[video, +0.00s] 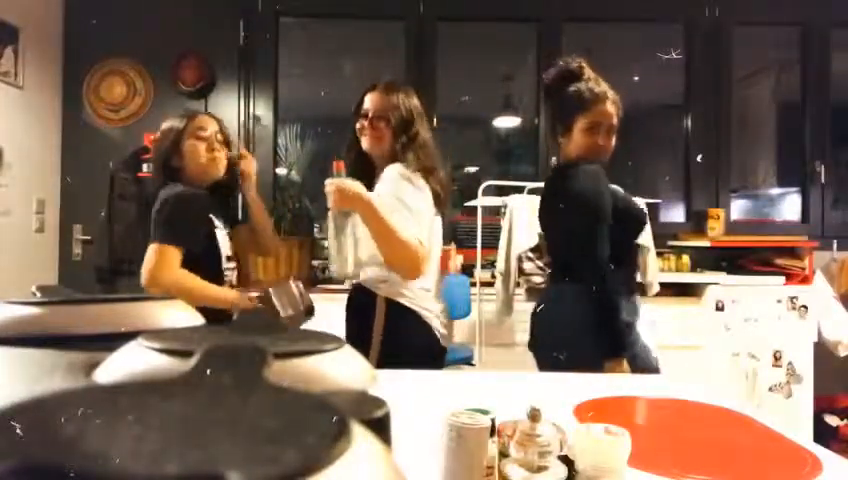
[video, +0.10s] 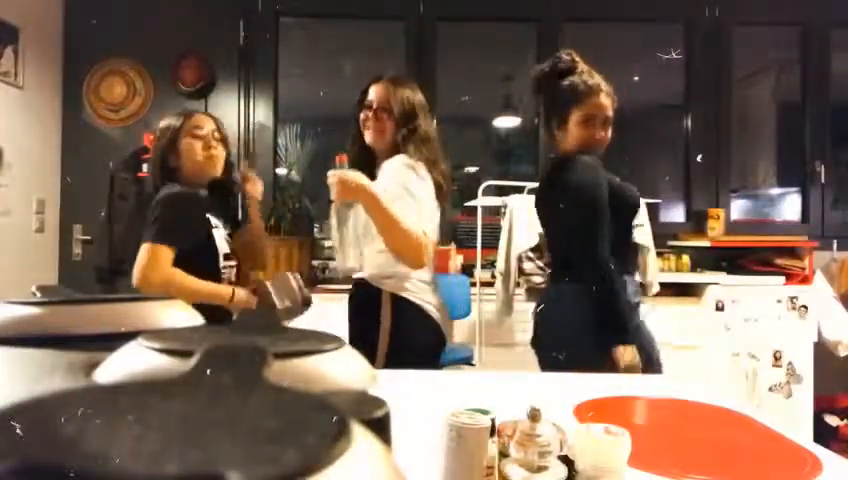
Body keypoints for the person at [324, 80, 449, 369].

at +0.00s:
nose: (365, 125)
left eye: (379, 119)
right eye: (362, 117)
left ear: (405, 128)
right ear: (356, 122)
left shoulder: (398, 178)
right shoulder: (410, 181)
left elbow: (410, 265)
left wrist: (362, 202)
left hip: (391, 319)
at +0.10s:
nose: (370, 116)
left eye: (383, 110)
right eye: (366, 107)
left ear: (407, 120)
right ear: (359, 113)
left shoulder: (400, 169)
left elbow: (417, 256)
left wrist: (365, 193)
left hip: (391, 310)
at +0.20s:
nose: (374, 115)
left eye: (388, 109)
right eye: (370, 106)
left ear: (411, 119)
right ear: (362, 111)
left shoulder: (406, 165)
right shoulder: (389, 168)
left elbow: (420, 251)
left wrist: (376, 184)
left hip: (394, 305)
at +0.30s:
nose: (374, 117)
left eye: (388, 111)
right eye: (370, 107)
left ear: (412, 122)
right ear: (363, 112)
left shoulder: (405, 166)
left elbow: (422, 251)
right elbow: (387, 256)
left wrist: (380, 185)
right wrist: (356, 308)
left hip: (394, 307)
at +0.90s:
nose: (356, 152)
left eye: (363, 143)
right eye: (354, 145)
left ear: (389, 143)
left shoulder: (396, 186)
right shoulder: (412, 188)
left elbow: (402, 255)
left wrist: (349, 210)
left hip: (402, 311)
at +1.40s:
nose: (394, 140)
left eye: (405, 133)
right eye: (391, 132)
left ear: (428, 142)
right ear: (385, 136)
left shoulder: (428, 189)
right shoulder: (407, 188)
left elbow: (427, 266)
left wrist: (378, 215)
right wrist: (360, 221)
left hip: (411, 307)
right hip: (391, 303)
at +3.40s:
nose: (405, 122)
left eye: (417, 117)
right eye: (400, 115)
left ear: (438, 128)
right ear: (392, 123)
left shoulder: (440, 192)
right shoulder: (401, 190)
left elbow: (457, 281)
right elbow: (402, 257)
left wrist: (383, 255)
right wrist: (361, 231)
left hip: (424, 318)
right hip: (393, 312)